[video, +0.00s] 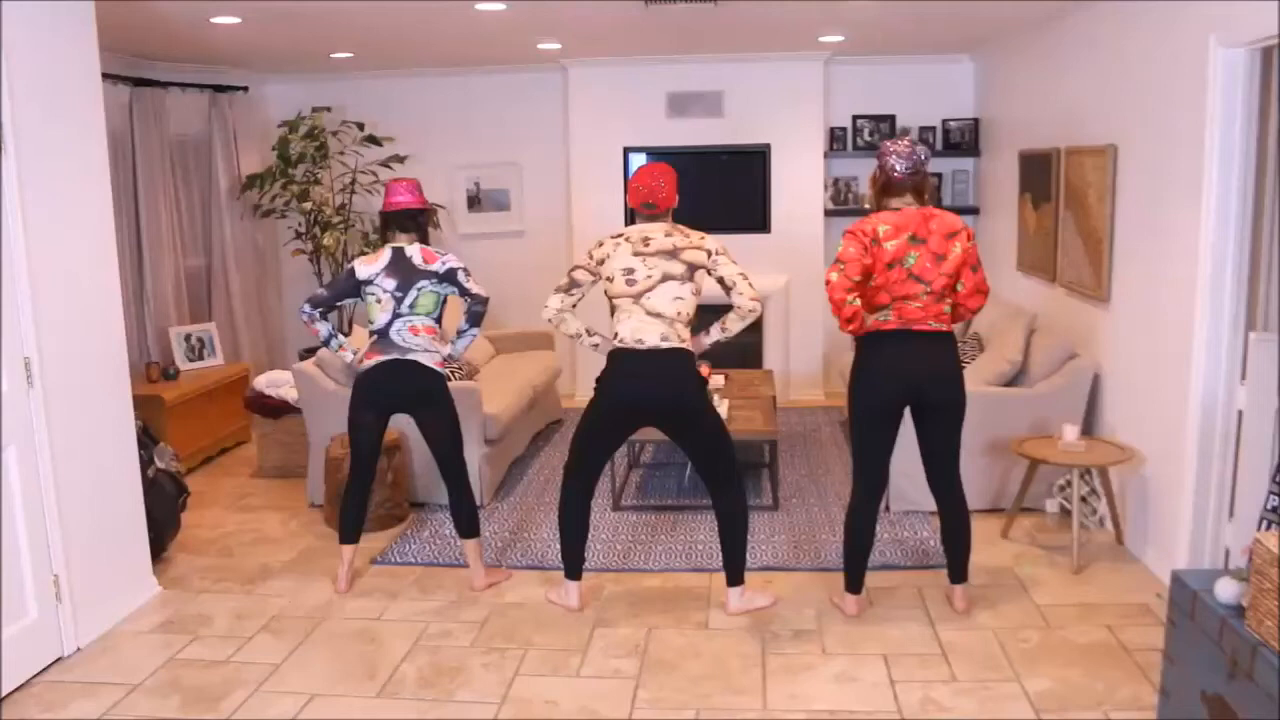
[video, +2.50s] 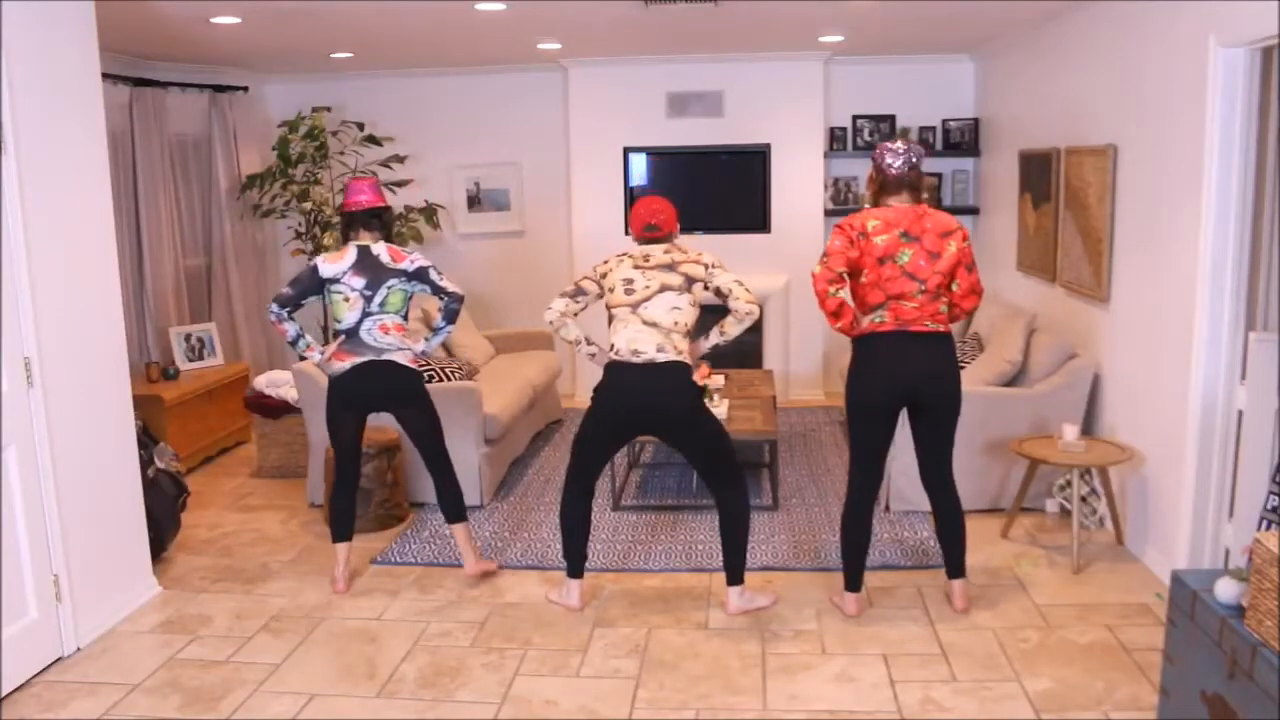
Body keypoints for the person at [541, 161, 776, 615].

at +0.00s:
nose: (651, 204)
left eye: (641, 197)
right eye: (667, 196)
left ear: (631, 202)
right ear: (674, 201)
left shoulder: (607, 247)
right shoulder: (700, 244)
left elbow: (556, 309)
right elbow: (748, 302)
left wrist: (605, 345)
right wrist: (701, 341)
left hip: (622, 379)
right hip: (679, 381)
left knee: (578, 476)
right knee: (725, 479)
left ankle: (571, 588)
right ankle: (736, 591)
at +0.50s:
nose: (663, 202)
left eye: (642, 196)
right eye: (669, 194)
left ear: (631, 201)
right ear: (674, 200)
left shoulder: (607, 245)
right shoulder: (700, 242)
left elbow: (557, 308)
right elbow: (748, 301)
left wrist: (606, 345)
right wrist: (702, 340)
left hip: (622, 378)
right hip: (678, 379)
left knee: (580, 475)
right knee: (724, 478)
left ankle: (571, 587)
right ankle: (736, 591)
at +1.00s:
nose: (661, 200)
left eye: (643, 194)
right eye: (669, 193)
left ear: (631, 200)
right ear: (674, 199)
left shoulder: (606, 244)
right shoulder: (698, 241)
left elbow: (555, 306)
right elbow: (747, 300)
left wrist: (604, 343)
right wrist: (702, 338)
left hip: (620, 377)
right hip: (677, 378)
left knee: (579, 476)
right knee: (723, 477)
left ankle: (571, 587)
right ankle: (736, 591)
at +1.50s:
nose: (667, 199)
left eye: (645, 194)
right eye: (669, 192)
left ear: (630, 199)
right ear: (672, 198)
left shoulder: (605, 243)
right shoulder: (698, 240)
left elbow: (554, 304)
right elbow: (746, 299)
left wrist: (602, 342)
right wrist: (701, 337)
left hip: (619, 377)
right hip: (675, 378)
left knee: (579, 475)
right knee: (721, 476)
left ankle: (571, 588)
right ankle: (736, 591)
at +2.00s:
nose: (668, 199)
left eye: (645, 194)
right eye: (671, 192)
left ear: (631, 199)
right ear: (674, 198)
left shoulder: (606, 243)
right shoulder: (699, 240)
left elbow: (555, 305)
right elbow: (746, 300)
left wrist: (603, 341)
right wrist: (701, 338)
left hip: (619, 376)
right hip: (676, 377)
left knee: (579, 475)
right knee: (721, 477)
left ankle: (571, 588)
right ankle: (736, 591)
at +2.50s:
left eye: (640, 225)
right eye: (670, 226)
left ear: (632, 232)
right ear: (676, 231)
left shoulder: (612, 266)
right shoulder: (699, 263)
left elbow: (557, 314)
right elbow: (747, 308)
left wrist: (598, 355)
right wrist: (701, 346)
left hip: (619, 390)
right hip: (676, 391)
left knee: (579, 481)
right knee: (729, 485)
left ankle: (573, 588)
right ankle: (736, 592)